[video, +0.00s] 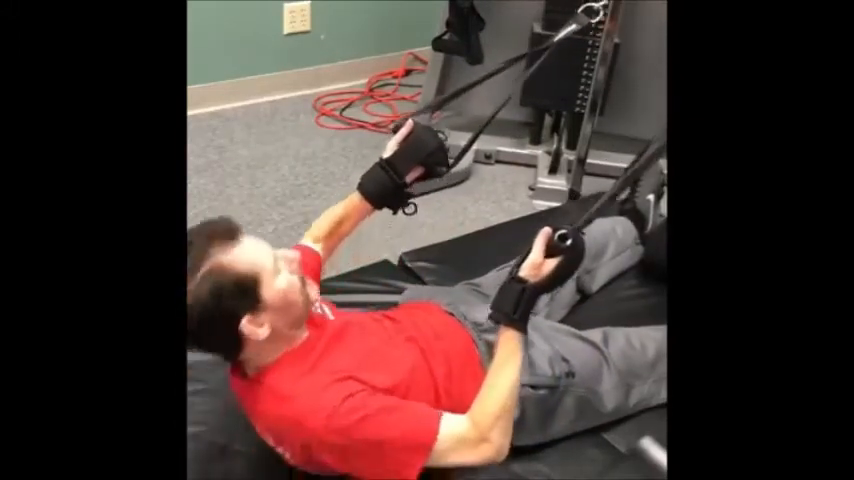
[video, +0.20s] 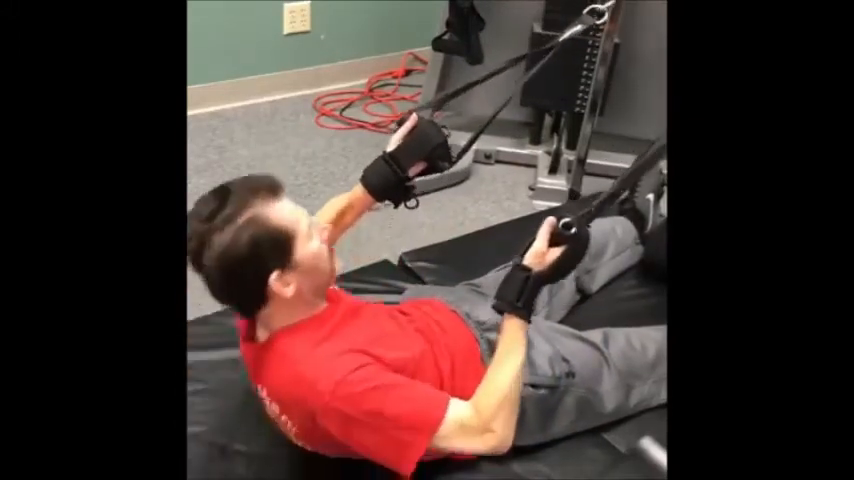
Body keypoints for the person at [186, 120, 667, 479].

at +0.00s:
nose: (292, 268)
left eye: (279, 264)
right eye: (278, 273)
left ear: (256, 320)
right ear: (256, 327)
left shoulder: (281, 304)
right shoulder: (322, 419)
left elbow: (319, 240)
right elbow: (485, 442)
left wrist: (379, 184)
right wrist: (517, 310)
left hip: (455, 307)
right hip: (506, 379)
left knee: (601, 235)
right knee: (657, 350)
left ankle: (638, 219)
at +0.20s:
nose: (319, 227)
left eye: (306, 220)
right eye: (305, 231)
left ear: (278, 286)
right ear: (283, 284)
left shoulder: (273, 302)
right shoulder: (331, 386)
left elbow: (324, 232)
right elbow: (489, 432)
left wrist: (383, 176)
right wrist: (525, 293)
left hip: (458, 307)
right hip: (506, 376)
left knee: (591, 238)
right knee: (656, 351)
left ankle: (638, 218)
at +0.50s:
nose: (369, 190)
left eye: (359, 181)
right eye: (358, 190)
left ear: (311, 231)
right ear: (323, 230)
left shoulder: (282, 259)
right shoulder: (352, 338)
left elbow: (331, 221)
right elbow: (495, 408)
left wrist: (391, 166)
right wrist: (528, 273)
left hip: (450, 305)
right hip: (496, 376)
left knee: (555, 258)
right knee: (658, 351)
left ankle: (636, 223)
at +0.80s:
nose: (413, 166)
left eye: (408, 151)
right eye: (404, 157)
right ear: (371, 187)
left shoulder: (302, 227)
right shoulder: (377, 291)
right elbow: (504, 383)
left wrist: (392, 143)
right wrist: (539, 247)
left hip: (451, 311)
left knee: (558, 261)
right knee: (654, 355)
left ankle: (635, 220)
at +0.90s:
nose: (426, 160)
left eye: (424, 145)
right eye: (419, 150)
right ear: (385, 174)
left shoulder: (312, 216)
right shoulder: (386, 276)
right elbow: (508, 375)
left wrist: (403, 136)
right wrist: (543, 241)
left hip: (443, 319)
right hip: (481, 399)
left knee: (561, 252)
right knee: (657, 354)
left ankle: (636, 220)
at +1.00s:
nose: (442, 152)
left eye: (439, 138)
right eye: (435, 142)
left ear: (346, 151)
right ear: (400, 164)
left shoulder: (321, 208)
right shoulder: (394, 260)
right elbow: (515, 362)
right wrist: (546, 237)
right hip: (479, 397)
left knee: (563, 257)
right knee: (657, 354)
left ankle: (635, 218)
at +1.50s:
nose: (493, 146)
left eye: (496, 132)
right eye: (494, 133)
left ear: (407, 122)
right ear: (467, 139)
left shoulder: (355, 182)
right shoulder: (448, 231)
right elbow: (547, 355)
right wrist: (580, 229)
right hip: (485, 402)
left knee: (577, 246)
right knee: (665, 350)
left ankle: (643, 227)